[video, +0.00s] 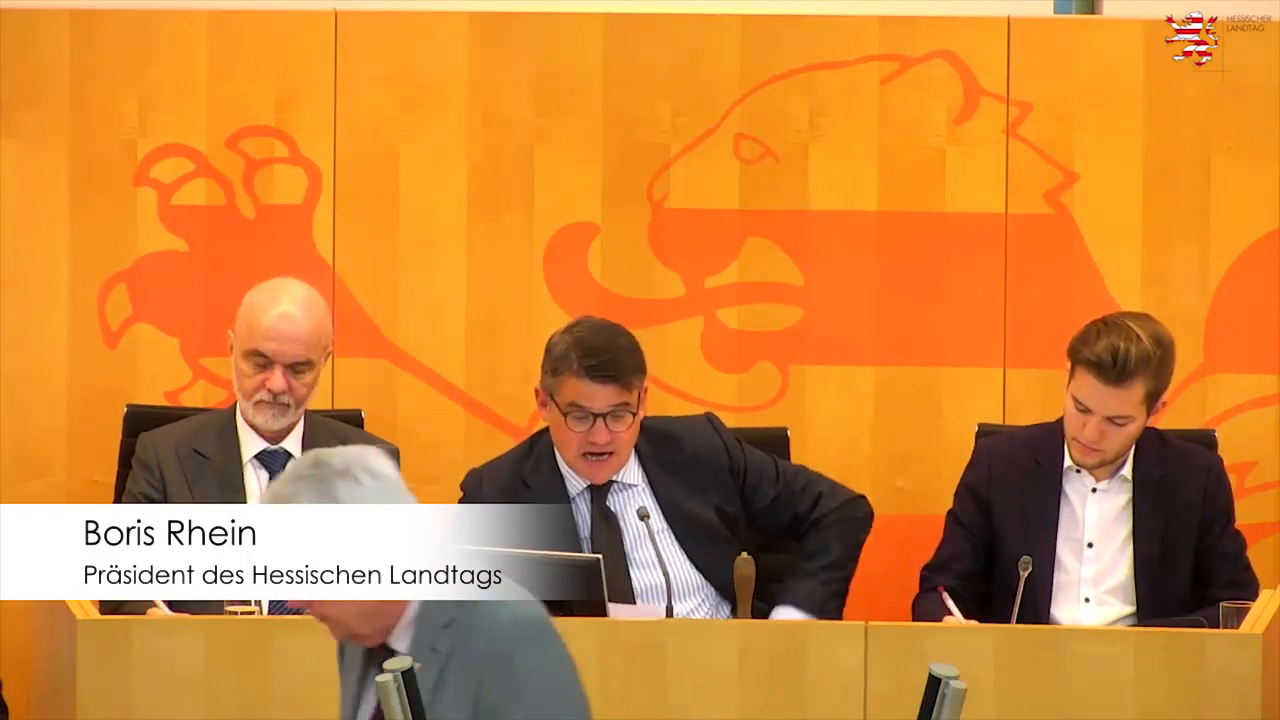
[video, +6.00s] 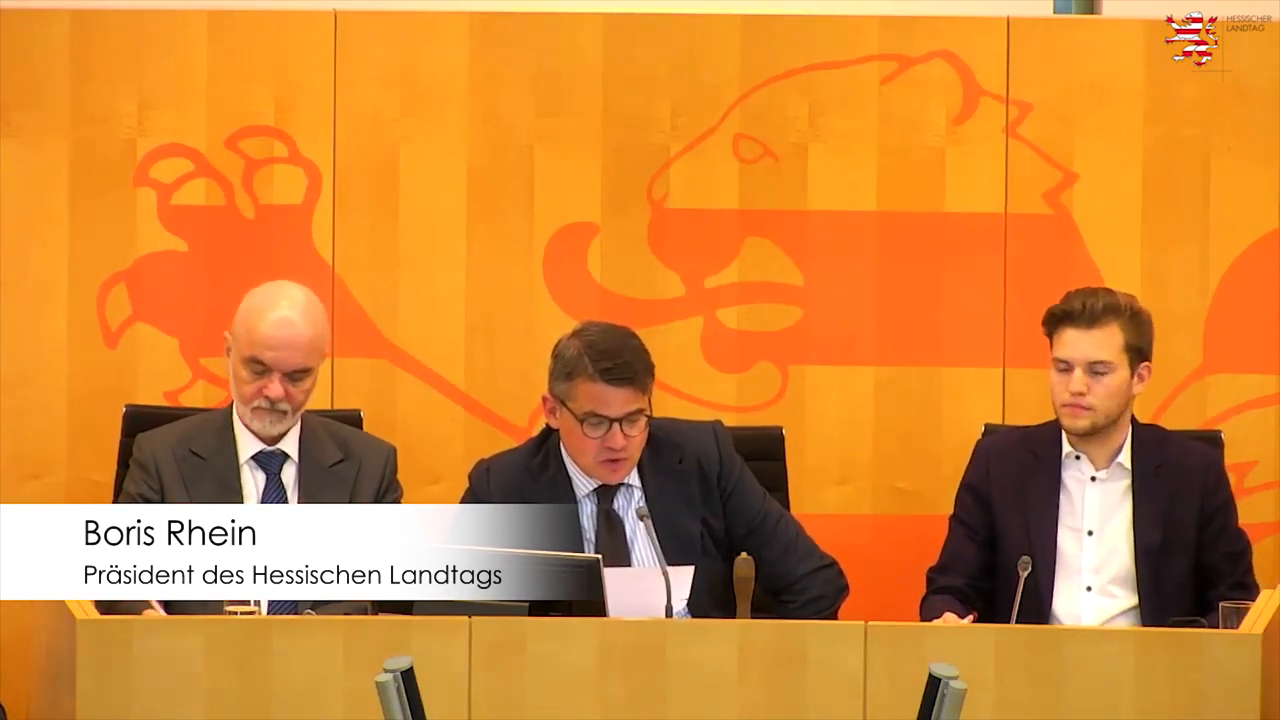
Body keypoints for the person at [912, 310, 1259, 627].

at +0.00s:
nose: (1090, 434)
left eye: (1116, 422)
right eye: (1081, 407)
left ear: (1155, 411)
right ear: (1067, 381)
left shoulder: (1197, 475)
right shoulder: (1000, 460)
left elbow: (1239, 602)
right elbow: (941, 591)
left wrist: (1150, 641)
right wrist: (952, 633)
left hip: (1149, 678)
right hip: (1023, 670)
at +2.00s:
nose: (1105, 447)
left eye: (1131, 437)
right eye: (1097, 419)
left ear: (1164, 423)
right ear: (1081, 383)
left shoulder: (1199, 478)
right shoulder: (1002, 458)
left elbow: (1238, 601)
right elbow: (950, 584)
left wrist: (1166, 644)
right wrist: (951, 634)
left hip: (1150, 680)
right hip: (1024, 672)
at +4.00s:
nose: (1095, 422)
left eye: (1117, 404)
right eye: (1079, 400)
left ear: (1146, 389)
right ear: (1055, 381)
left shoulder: (1191, 473)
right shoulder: (997, 459)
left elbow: (1225, 606)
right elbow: (956, 587)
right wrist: (941, 617)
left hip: (1150, 680)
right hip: (1022, 674)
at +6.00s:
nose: (1076, 386)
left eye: (1098, 370)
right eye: (1064, 368)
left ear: (1139, 378)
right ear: (1049, 370)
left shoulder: (1194, 468)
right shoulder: (1000, 458)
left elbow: (1236, 601)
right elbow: (950, 587)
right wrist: (948, 623)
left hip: (1156, 675)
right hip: (1025, 671)